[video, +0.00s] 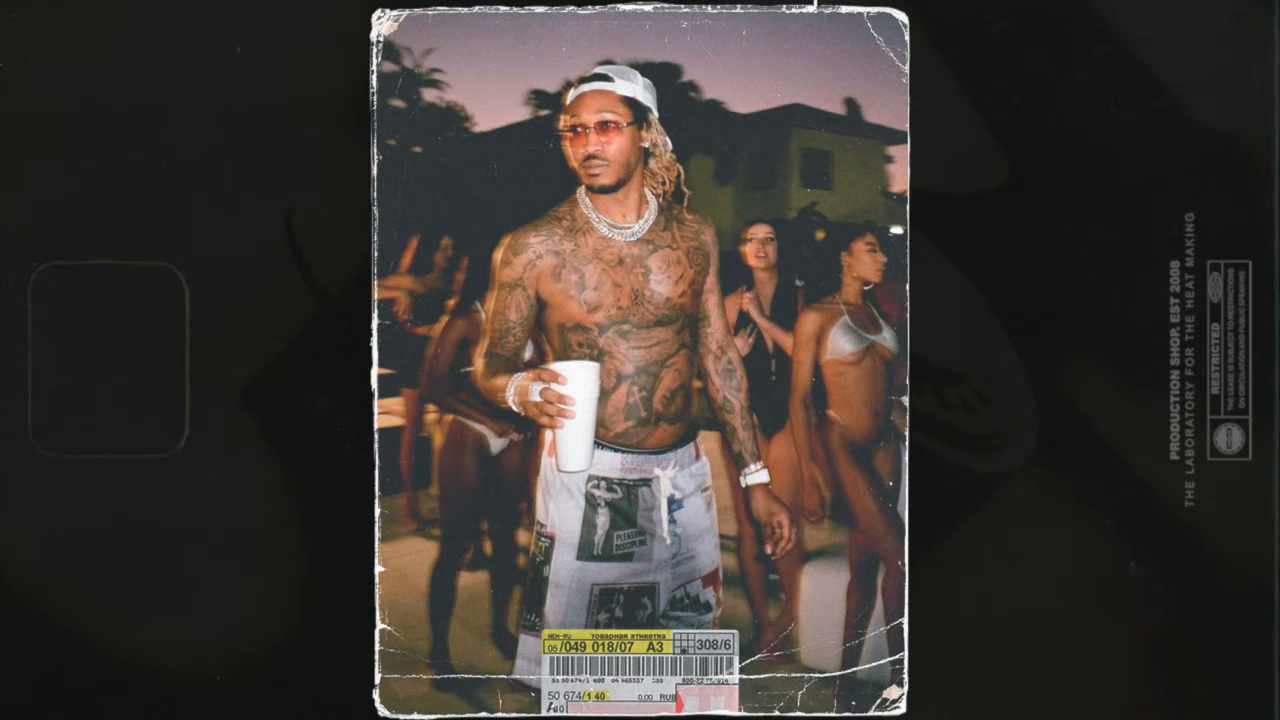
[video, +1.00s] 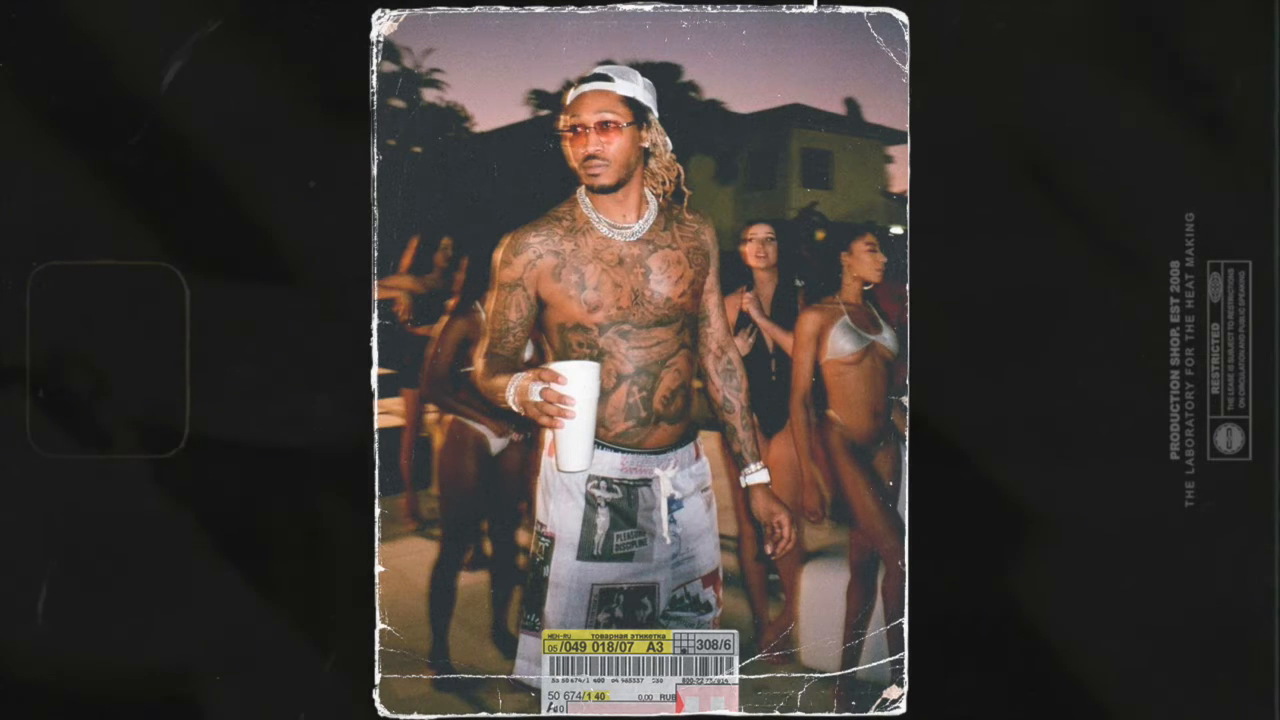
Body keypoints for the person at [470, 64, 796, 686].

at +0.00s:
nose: (590, 143)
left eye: (608, 126)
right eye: (576, 130)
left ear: (646, 138)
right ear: (565, 143)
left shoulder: (693, 236)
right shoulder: (532, 248)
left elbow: (720, 358)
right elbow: (490, 366)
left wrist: (756, 481)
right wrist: (516, 389)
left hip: (681, 477)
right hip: (582, 482)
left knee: (690, 663)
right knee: (574, 666)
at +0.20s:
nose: (590, 143)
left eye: (608, 126)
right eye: (576, 130)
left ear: (646, 138)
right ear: (565, 144)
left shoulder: (693, 236)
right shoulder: (532, 248)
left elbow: (720, 358)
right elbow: (491, 365)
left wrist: (756, 481)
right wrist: (516, 389)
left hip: (681, 477)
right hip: (582, 482)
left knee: (689, 663)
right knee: (573, 666)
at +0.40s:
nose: (590, 143)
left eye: (608, 126)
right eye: (576, 130)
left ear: (646, 138)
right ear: (565, 143)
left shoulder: (693, 236)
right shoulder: (532, 248)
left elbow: (720, 358)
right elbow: (491, 365)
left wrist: (756, 481)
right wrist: (516, 389)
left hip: (681, 477)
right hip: (582, 481)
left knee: (689, 663)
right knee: (572, 666)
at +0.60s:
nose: (590, 143)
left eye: (608, 126)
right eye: (576, 130)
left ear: (646, 138)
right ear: (565, 143)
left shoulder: (693, 236)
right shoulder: (532, 248)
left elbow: (720, 358)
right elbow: (491, 365)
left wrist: (756, 481)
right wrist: (516, 389)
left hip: (681, 477)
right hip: (582, 481)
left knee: (689, 663)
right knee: (572, 666)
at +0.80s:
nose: (590, 143)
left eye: (608, 126)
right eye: (576, 130)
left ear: (646, 138)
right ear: (565, 143)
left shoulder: (693, 236)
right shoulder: (532, 248)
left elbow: (720, 358)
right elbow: (491, 365)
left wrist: (756, 481)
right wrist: (516, 389)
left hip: (681, 477)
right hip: (582, 481)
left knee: (689, 663)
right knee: (572, 666)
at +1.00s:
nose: (589, 143)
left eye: (608, 126)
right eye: (576, 130)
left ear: (646, 138)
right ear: (565, 144)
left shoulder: (693, 235)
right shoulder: (532, 247)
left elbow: (720, 358)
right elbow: (491, 364)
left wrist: (756, 482)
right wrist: (516, 389)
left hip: (681, 476)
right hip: (582, 481)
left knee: (689, 663)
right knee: (573, 668)